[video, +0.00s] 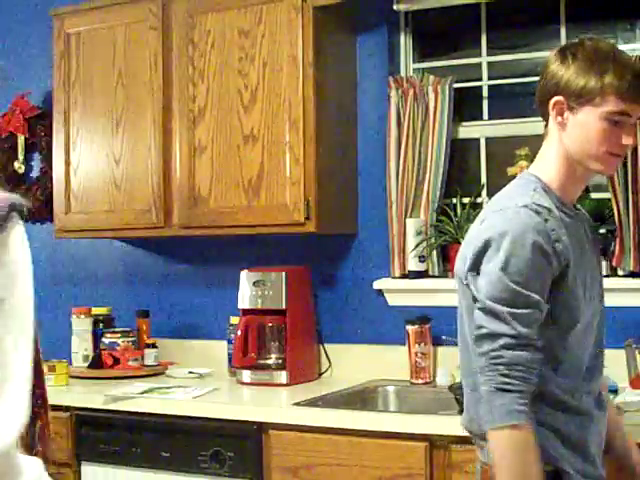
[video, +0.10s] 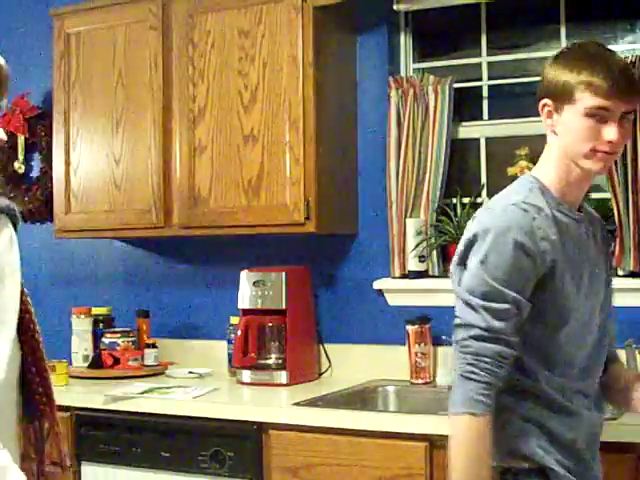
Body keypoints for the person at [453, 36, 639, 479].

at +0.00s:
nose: (630, 140)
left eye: (634, 125)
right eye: (616, 121)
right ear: (560, 113)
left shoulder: (573, 224)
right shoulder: (520, 227)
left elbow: (584, 381)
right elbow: (504, 408)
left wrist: (625, 460)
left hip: (580, 462)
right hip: (541, 465)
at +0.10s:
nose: (615, 136)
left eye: (625, 118)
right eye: (597, 116)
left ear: (633, 123)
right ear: (550, 115)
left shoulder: (592, 229)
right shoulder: (511, 226)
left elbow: (600, 365)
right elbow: (472, 392)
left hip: (581, 464)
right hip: (525, 466)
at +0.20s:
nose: (593, 133)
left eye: (610, 116)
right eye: (576, 113)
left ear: (626, 126)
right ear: (543, 116)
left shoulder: (610, 235)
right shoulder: (497, 225)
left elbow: (630, 384)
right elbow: (440, 384)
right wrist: (428, 477)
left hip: (578, 462)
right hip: (509, 463)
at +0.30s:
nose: (576, 127)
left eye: (595, 112)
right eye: (561, 109)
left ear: (622, 125)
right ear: (541, 118)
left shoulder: (623, 233)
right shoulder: (487, 224)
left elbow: (639, 359)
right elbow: (422, 365)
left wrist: (619, 262)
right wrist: (405, 475)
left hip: (575, 460)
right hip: (495, 456)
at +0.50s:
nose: (534, 118)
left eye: (555, 102)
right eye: (526, 102)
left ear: (601, 120)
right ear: (518, 110)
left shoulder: (622, 227)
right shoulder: (468, 222)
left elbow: (631, 343)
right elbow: (414, 362)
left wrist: (577, 220)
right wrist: (400, 475)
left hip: (573, 466)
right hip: (473, 461)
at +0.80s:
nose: (491, 108)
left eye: (513, 95)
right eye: (487, 95)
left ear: (562, 116)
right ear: (480, 106)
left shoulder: (594, 217)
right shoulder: (430, 225)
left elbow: (572, 321)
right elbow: (399, 364)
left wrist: (521, 198)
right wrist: (395, 473)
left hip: (549, 462)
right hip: (445, 460)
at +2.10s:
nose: (542, 127)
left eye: (560, 114)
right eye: (532, 112)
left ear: (597, 125)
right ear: (516, 123)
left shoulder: (619, 222)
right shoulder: (458, 221)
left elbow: (533, 279)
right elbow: (434, 332)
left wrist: (483, 162)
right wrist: (411, 435)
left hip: (552, 462)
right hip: (450, 457)